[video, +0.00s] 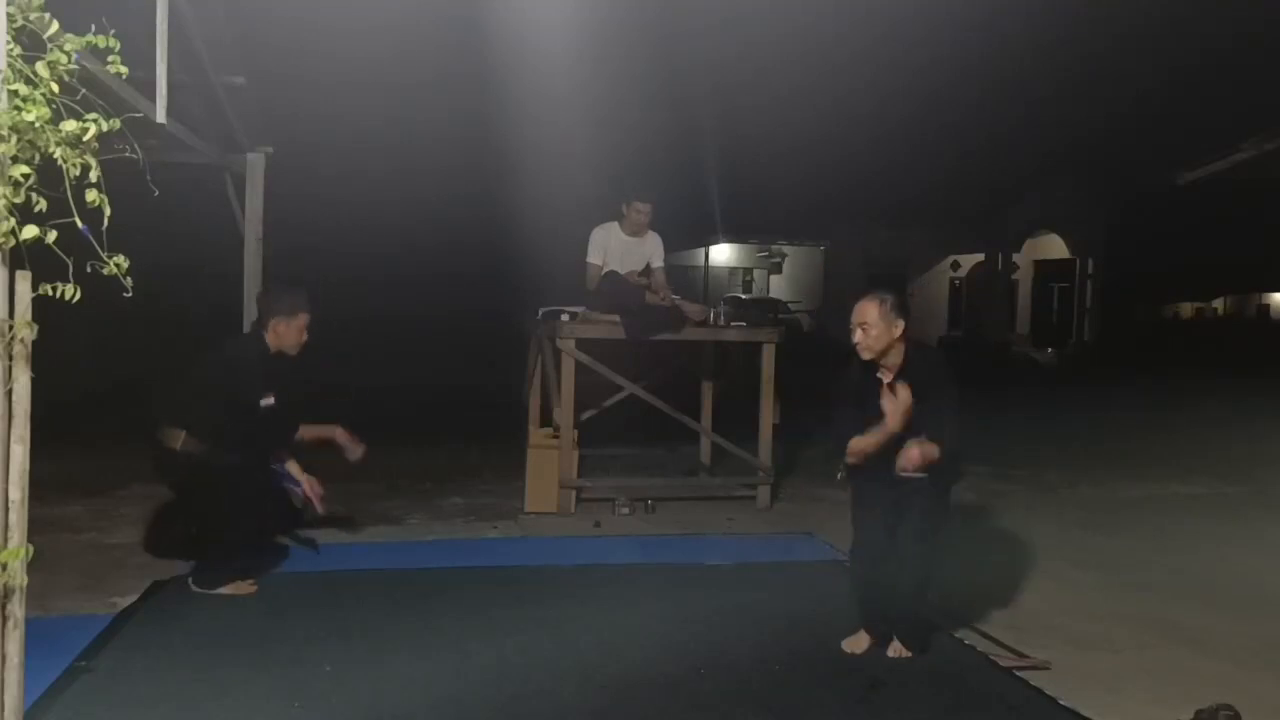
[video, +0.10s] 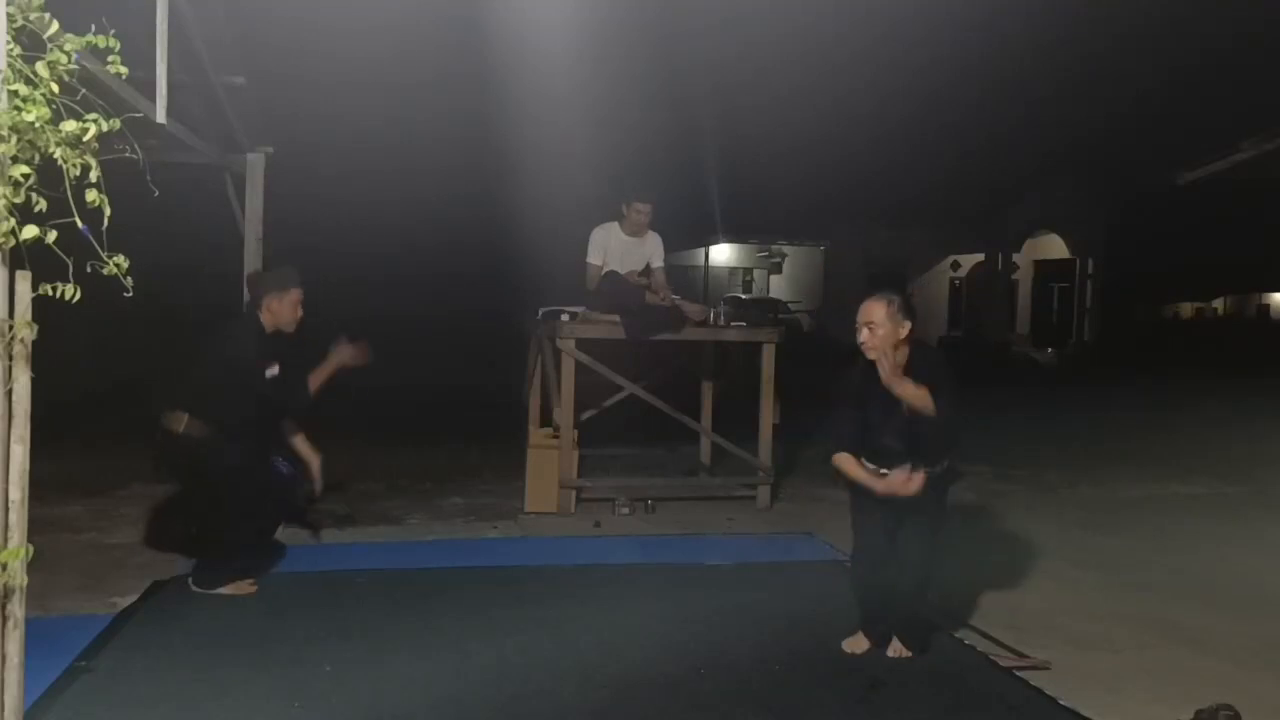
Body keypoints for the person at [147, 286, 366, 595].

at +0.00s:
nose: (306, 337)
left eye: (306, 329)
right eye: (302, 328)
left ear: (276, 326)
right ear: (276, 326)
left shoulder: (257, 357)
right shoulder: (249, 359)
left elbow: (266, 433)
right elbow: (278, 430)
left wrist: (299, 476)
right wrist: (332, 432)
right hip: (187, 455)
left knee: (279, 498)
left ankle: (234, 564)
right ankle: (213, 575)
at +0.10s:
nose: (300, 314)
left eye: (300, 305)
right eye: (295, 305)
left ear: (274, 306)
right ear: (270, 305)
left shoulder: (259, 339)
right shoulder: (246, 340)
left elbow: (274, 408)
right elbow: (283, 403)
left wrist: (309, 454)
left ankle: (240, 562)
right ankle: (215, 575)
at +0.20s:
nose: (294, 279)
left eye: (294, 271)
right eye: (288, 271)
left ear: (266, 272)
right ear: (263, 272)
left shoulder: (268, 312)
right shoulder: (244, 316)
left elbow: (297, 369)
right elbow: (293, 370)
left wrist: (343, 395)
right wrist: (308, 327)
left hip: (255, 421)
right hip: (238, 426)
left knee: (251, 496)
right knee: (238, 498)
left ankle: (236, 566)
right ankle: (216, 575)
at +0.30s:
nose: (288, 260)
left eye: (288, 251)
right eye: (282, 252)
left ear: (262, 253)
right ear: (259, 252)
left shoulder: (255, 290)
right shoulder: (237, 294)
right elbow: (278, 340)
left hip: (236, 405)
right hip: (220, 408)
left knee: (239, 483)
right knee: (233, 485)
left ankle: (232, 566)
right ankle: (215, 575)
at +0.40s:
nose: (275, 230)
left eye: (275, 221)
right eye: (269, 221)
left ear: (247, 225)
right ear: (244, 223)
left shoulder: (240, 263)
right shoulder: (229, 266)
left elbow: (293, 285)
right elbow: (294, 307)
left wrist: (336, 253)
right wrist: (360, 339)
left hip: (217, 385)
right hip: (205, 387)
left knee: (219, 473)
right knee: (214, 475)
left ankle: (212, 565)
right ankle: (204, 572)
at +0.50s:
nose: (269, 226)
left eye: (269, 218)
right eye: (263, 218)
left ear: (241, 221)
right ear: (239, 220)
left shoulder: (230, 258)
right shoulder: (228, 261)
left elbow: (278, 282)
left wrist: (304, 256)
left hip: (214, 383)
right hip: (205, 385)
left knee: (214, 473)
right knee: (212, 475)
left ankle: (208, 565)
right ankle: (202, 572)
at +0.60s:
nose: (266, 224)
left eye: (266, 216)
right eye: (260, 216)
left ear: (237, 219)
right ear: (236, 218)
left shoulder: (222, 255)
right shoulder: (224, 258)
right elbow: (289, 283)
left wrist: (279, 266)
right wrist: (366, 269)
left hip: (210, 384)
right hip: (206, 387)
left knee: (211, 473)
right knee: (212, 475)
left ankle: (204, 564)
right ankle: (201, 571)